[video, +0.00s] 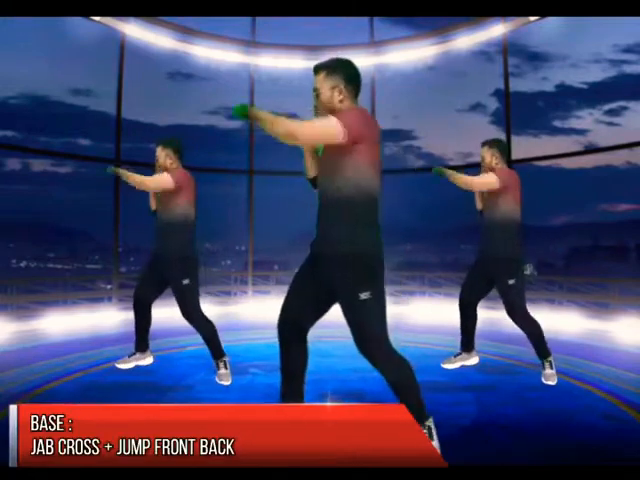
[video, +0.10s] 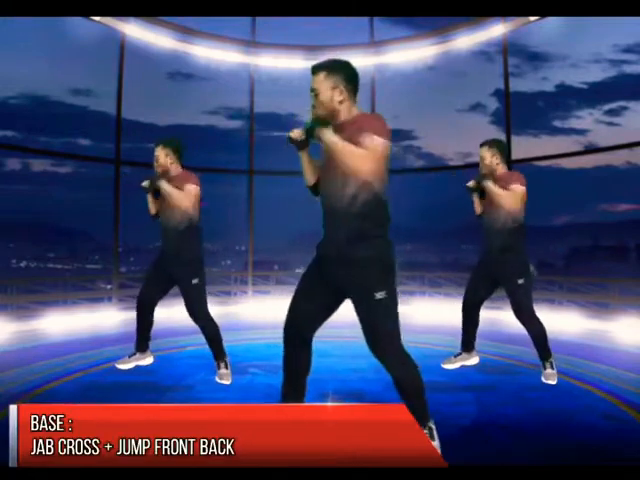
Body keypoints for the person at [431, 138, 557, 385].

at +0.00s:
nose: (482, 161)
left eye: (485, 157)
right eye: (482, 157)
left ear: (496, 156)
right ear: (494, 157)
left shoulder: (507, 175)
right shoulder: (493, 179)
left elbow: (471, 183)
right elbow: (482, 208)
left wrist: (447, 173)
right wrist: (480, 182)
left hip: (508, 257)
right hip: (490, 256)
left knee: (517, 312)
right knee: (467, 298)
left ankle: (546, 360)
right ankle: (467, 352)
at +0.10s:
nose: (482, 163)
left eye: (485, 159)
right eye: (480, 159)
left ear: (498, 158)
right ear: (483, 162)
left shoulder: (515, 179)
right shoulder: (487, 184)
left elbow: (512, 205)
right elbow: (480, 211)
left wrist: (487, 183)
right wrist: (474, 191)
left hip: (514, 258)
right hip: (491, 258)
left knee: (524, 312)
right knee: (470, 302)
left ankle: (547, 363)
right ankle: (467, 352)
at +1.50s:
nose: (494, 161)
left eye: (498, 156)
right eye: (492, 156)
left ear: (512, 157)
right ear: (490, 159)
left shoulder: (529, 183)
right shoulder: (485, 189)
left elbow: (542, 208)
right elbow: (466, 209)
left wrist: (517, 184)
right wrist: (457, 195)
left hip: (522, 262)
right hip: (491, 262)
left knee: (539, 317)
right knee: (467, 306)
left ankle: (548, 364)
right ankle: (462, 354)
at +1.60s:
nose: (489, 163)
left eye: (494, 158)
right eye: (487, 158)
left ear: (508, 159)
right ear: (487, 161)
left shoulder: (524, 185)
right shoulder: (479, 183)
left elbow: (533, 214)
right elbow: (447, 189)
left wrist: (510, 188)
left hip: (518, 263)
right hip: (488, 262)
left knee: (535, 314)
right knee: (463, 305)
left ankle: (548, 364)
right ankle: (461, 355)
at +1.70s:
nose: (481, 162)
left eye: (485, 157)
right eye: (480, 157)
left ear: (500, 159)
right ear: (483, 161)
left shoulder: (517, 185)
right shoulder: (481, 185)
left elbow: (517, 219)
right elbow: (458, 196)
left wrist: (498, 194)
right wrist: (449, 186)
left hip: (510, 262)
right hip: (485, 261)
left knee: (524, 312)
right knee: (460, 304)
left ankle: (549, 364)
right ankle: (461, 354)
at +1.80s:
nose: (476, 160)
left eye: (479, 156)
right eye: (475, 156)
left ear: (492, 157)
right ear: (484, 158)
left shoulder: (504, 181)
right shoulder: (483, 183)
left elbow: (504, 212)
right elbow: (486, 213)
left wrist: (479, 188)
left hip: (500, 258)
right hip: (484, 256)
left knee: (513, 310)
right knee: (460, 300)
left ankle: (552, 357)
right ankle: (461, 354)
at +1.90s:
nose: (479, 162)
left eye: (482, 158)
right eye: (479, 158)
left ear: (491, 158)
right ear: (495, 159)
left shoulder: (494, 179)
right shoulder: (496, 180)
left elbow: (458, 186)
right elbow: (459, 186)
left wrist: (437, 176)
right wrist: (439, 177)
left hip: (499, 259)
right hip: (487, 258)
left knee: (509, 313)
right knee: (460, 300)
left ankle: (550, 358)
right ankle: (460, 353)